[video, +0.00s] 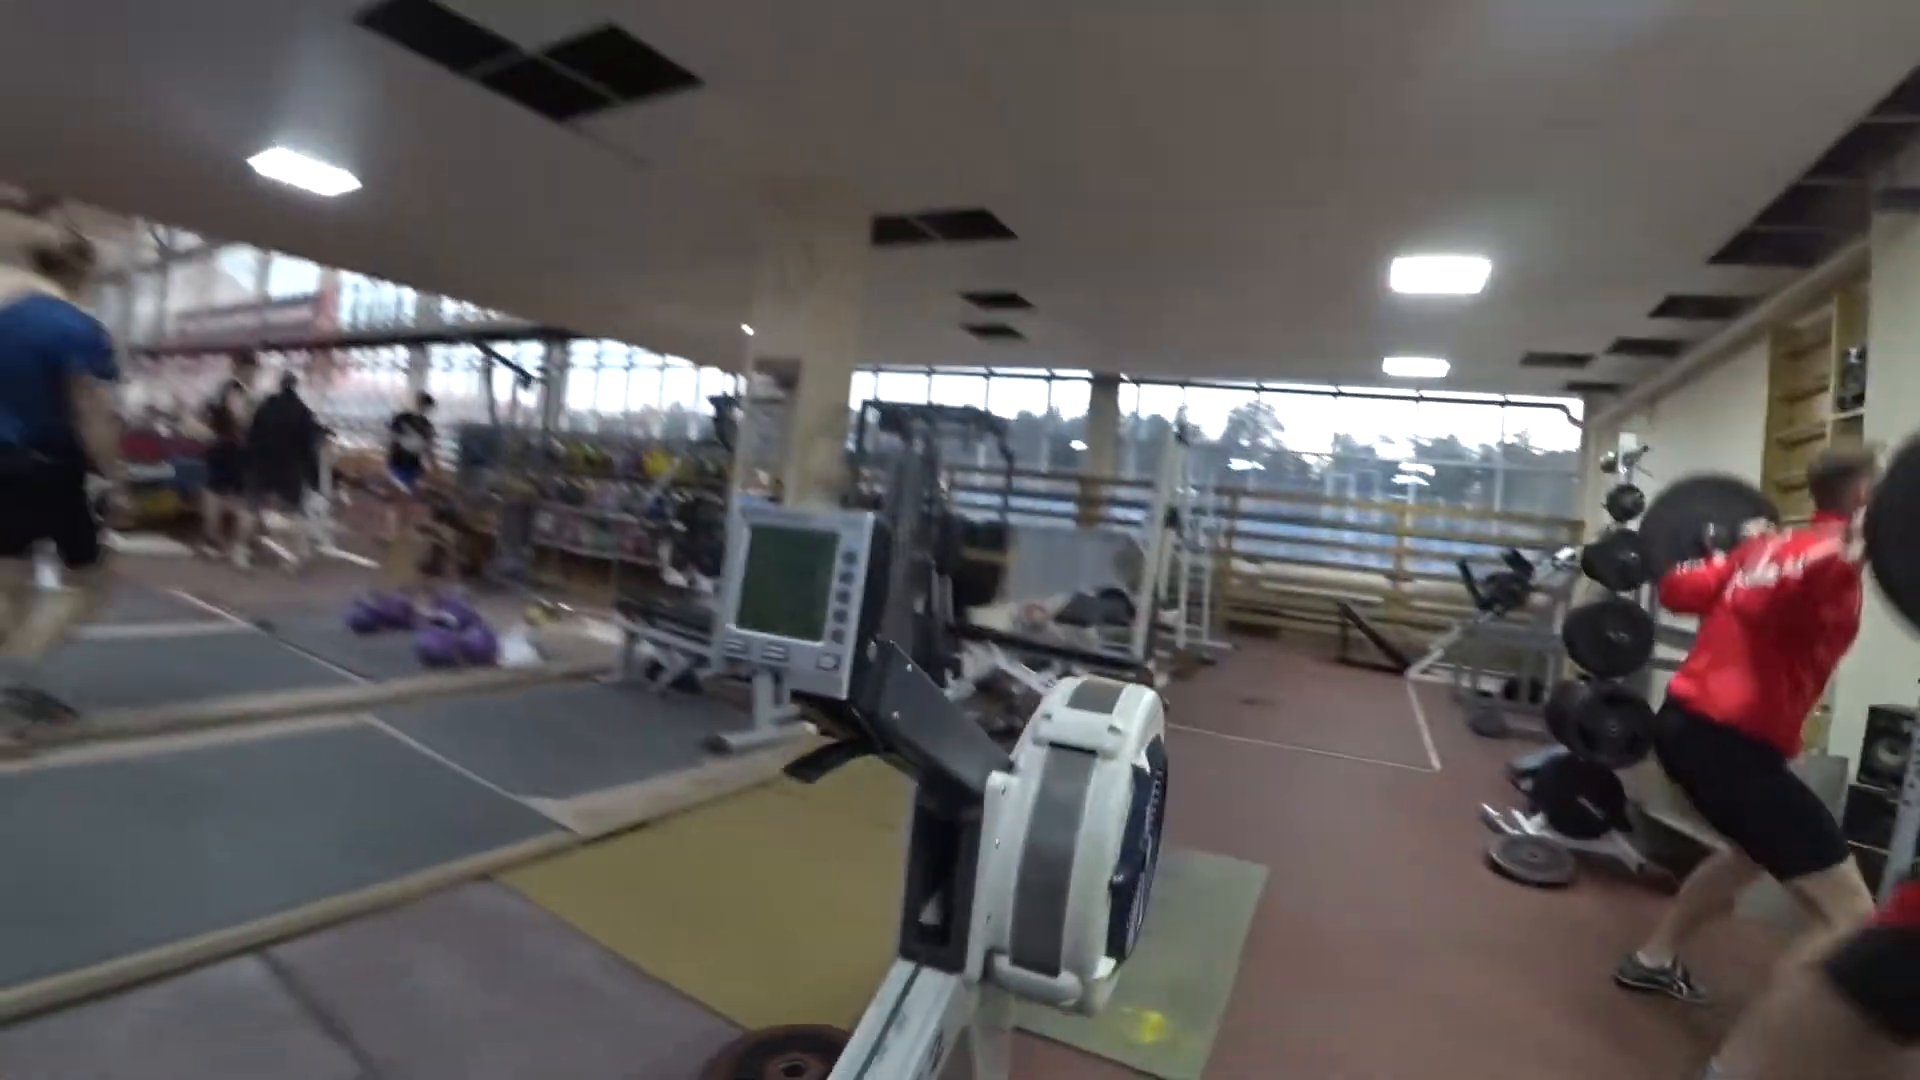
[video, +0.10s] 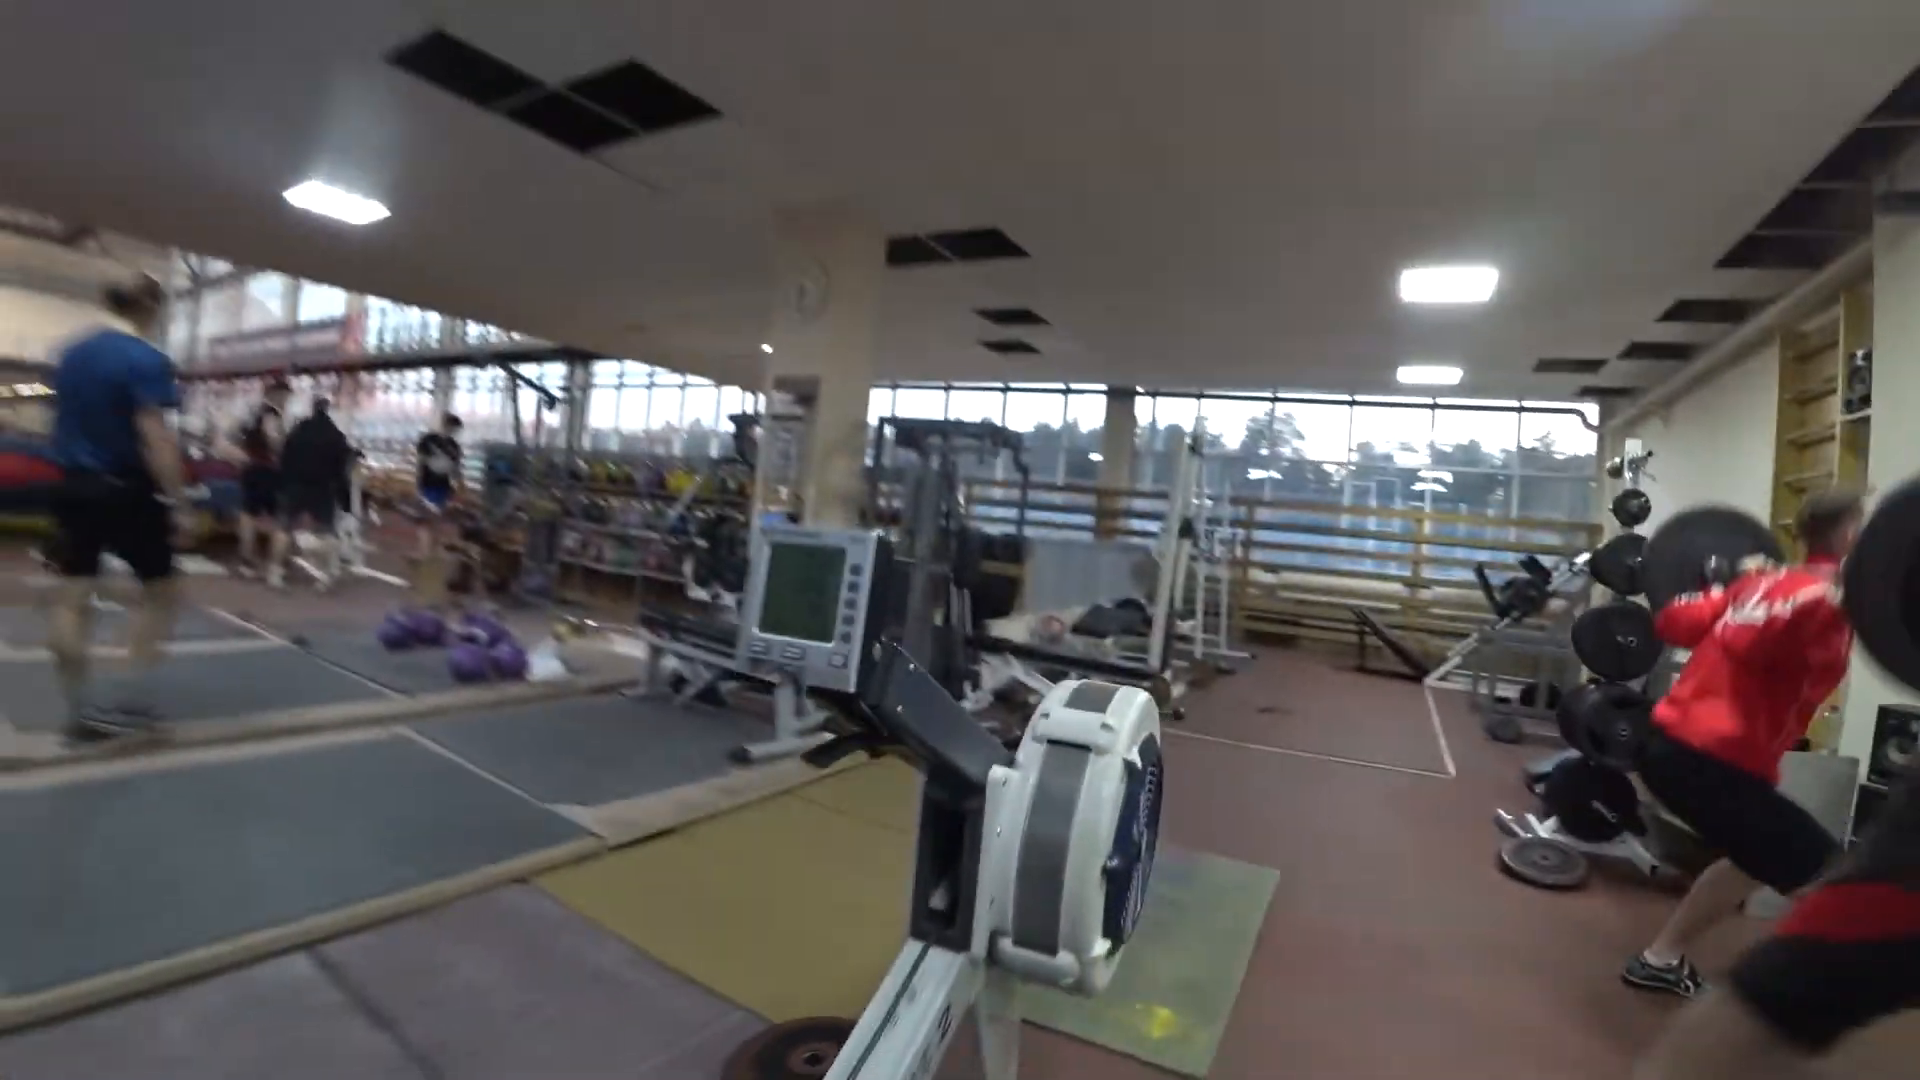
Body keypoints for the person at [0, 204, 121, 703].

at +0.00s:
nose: (87, 278)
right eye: (85, 271)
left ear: (40, 266)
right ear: (80, 274)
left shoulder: (9, 317)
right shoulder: (80, 329)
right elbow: (94, 418)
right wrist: (115, 476)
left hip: (3, 466)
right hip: (51, 470)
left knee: (11, 581)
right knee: (86, 577)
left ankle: (12, 679)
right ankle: (22, 666)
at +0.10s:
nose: (159, 318)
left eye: (156, 309)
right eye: (158, 310)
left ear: (114, 305)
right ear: (150, 311)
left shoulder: (78, 352)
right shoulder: (147, 361)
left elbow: (67, 423)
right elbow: (155, 436)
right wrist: (178, 497)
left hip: (74, 489)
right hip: (127, 492)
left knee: (74, 592)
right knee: (161, 590)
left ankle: (80, 709)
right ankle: (133, 699)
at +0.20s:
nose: (217, 351)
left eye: (212, 343)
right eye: (215, 344)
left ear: (173, 342)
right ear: (209, 345)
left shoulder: (142, 384)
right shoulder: (208, 392)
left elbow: (131, 447)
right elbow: (215, 464)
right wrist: (235, 526)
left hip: (139, 512)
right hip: (189, 515)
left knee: (129, 613)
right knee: (218, 607)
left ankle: (128, 721)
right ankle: (222, 703)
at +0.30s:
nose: (268, 367)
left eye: (263, 359)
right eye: (266, 360)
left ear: (230, 362)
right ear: (262, 362)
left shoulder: (198, 402)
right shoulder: (261, 410)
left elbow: (185, 460)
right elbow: (268, 482)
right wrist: (287, 535)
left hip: (192, 520)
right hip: (242, 524)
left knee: (185, 618)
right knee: (266, 612)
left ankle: (173, 720)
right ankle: (286, 695)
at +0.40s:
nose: (320, 379)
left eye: (318, 372)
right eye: (320, 373)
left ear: (283, 367)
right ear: (314, 371)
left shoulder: (254, 404)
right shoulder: (313, 410)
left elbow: (244, 450)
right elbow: (320, 472)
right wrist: (336, 529)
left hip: (257, 516)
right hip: (301, 518)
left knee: (246, 606)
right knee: (317, 604)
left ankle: (219, 700)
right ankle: (331, 681)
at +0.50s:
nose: (371, 358)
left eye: (365, 351)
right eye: (371, 352)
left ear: (337, 349)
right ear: (367, 352)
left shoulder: (312, 387)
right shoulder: (367, 394)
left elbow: (307, 440)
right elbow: (380, 458)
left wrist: (316, 480)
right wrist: (394, 504)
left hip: (320, 490)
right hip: (358, 492)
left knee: (314, 572)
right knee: (370, 574)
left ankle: (276, 657)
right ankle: (377, 651)